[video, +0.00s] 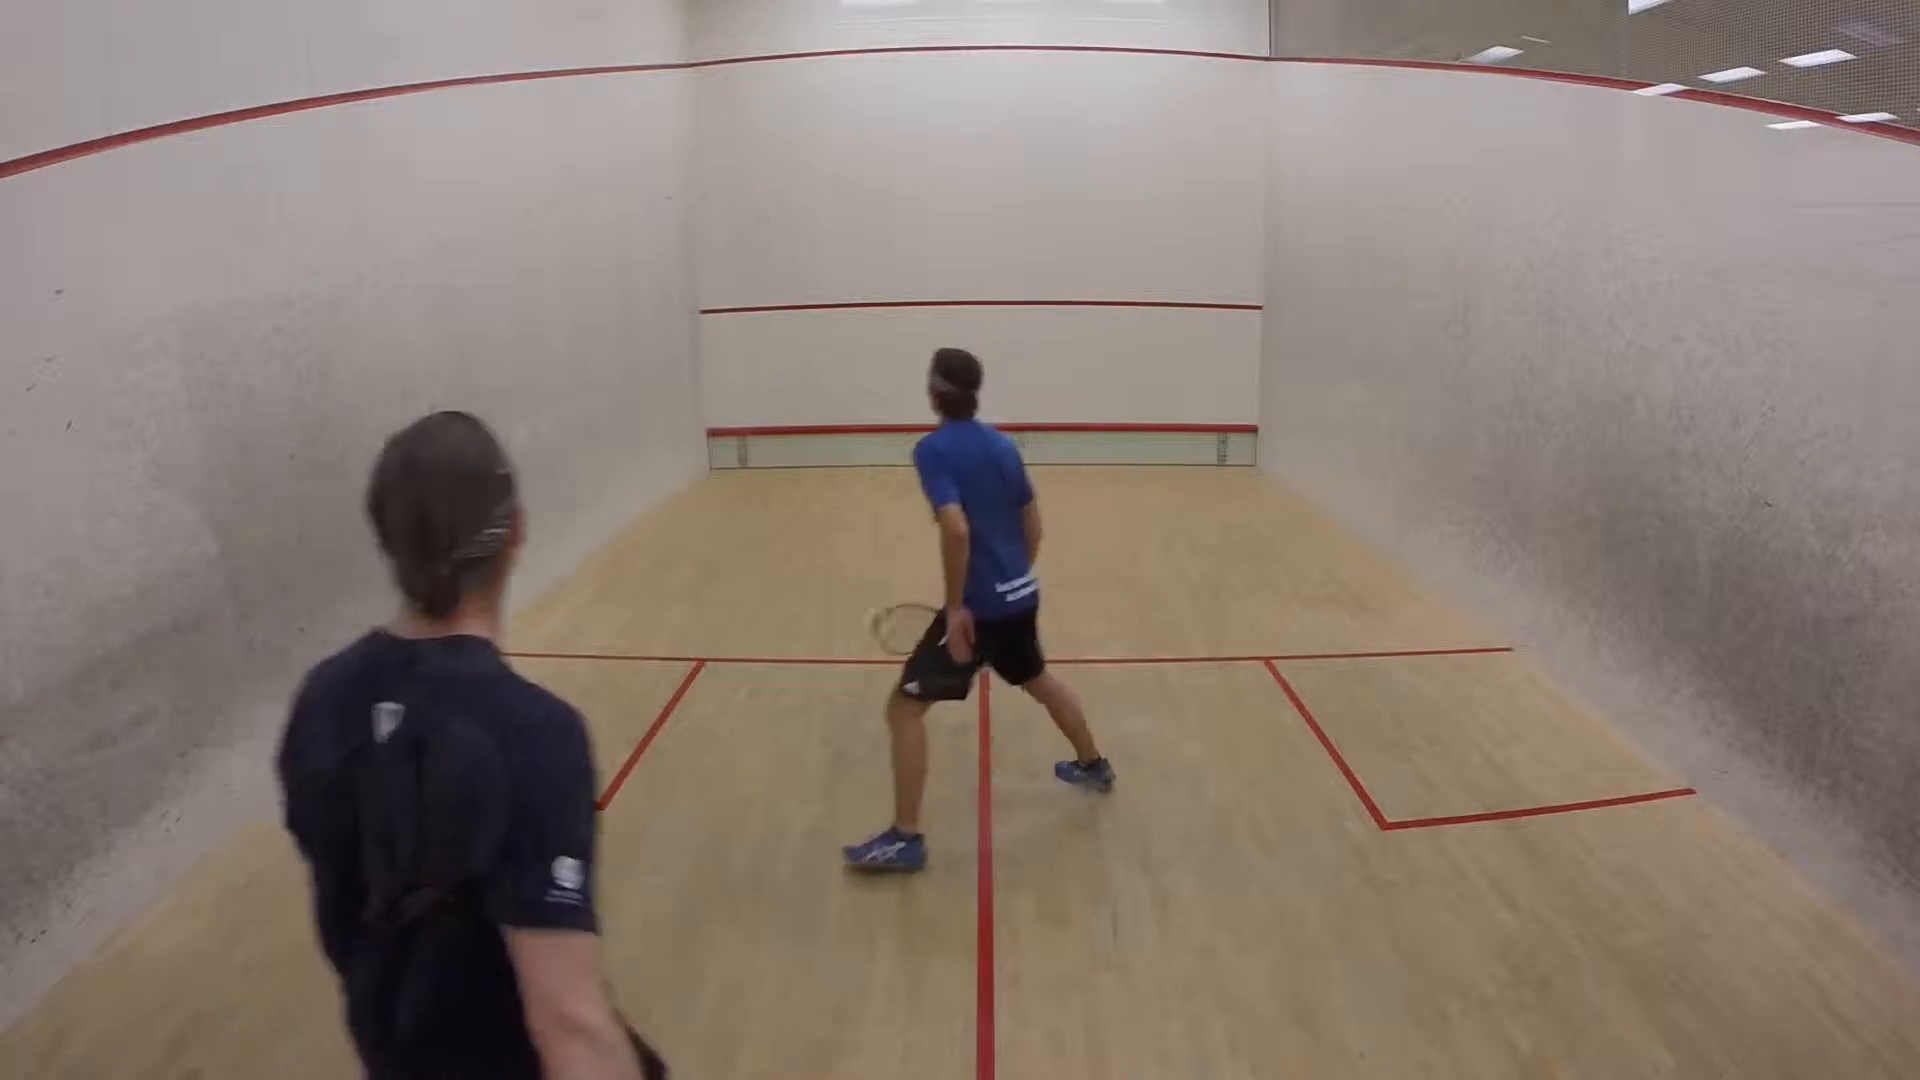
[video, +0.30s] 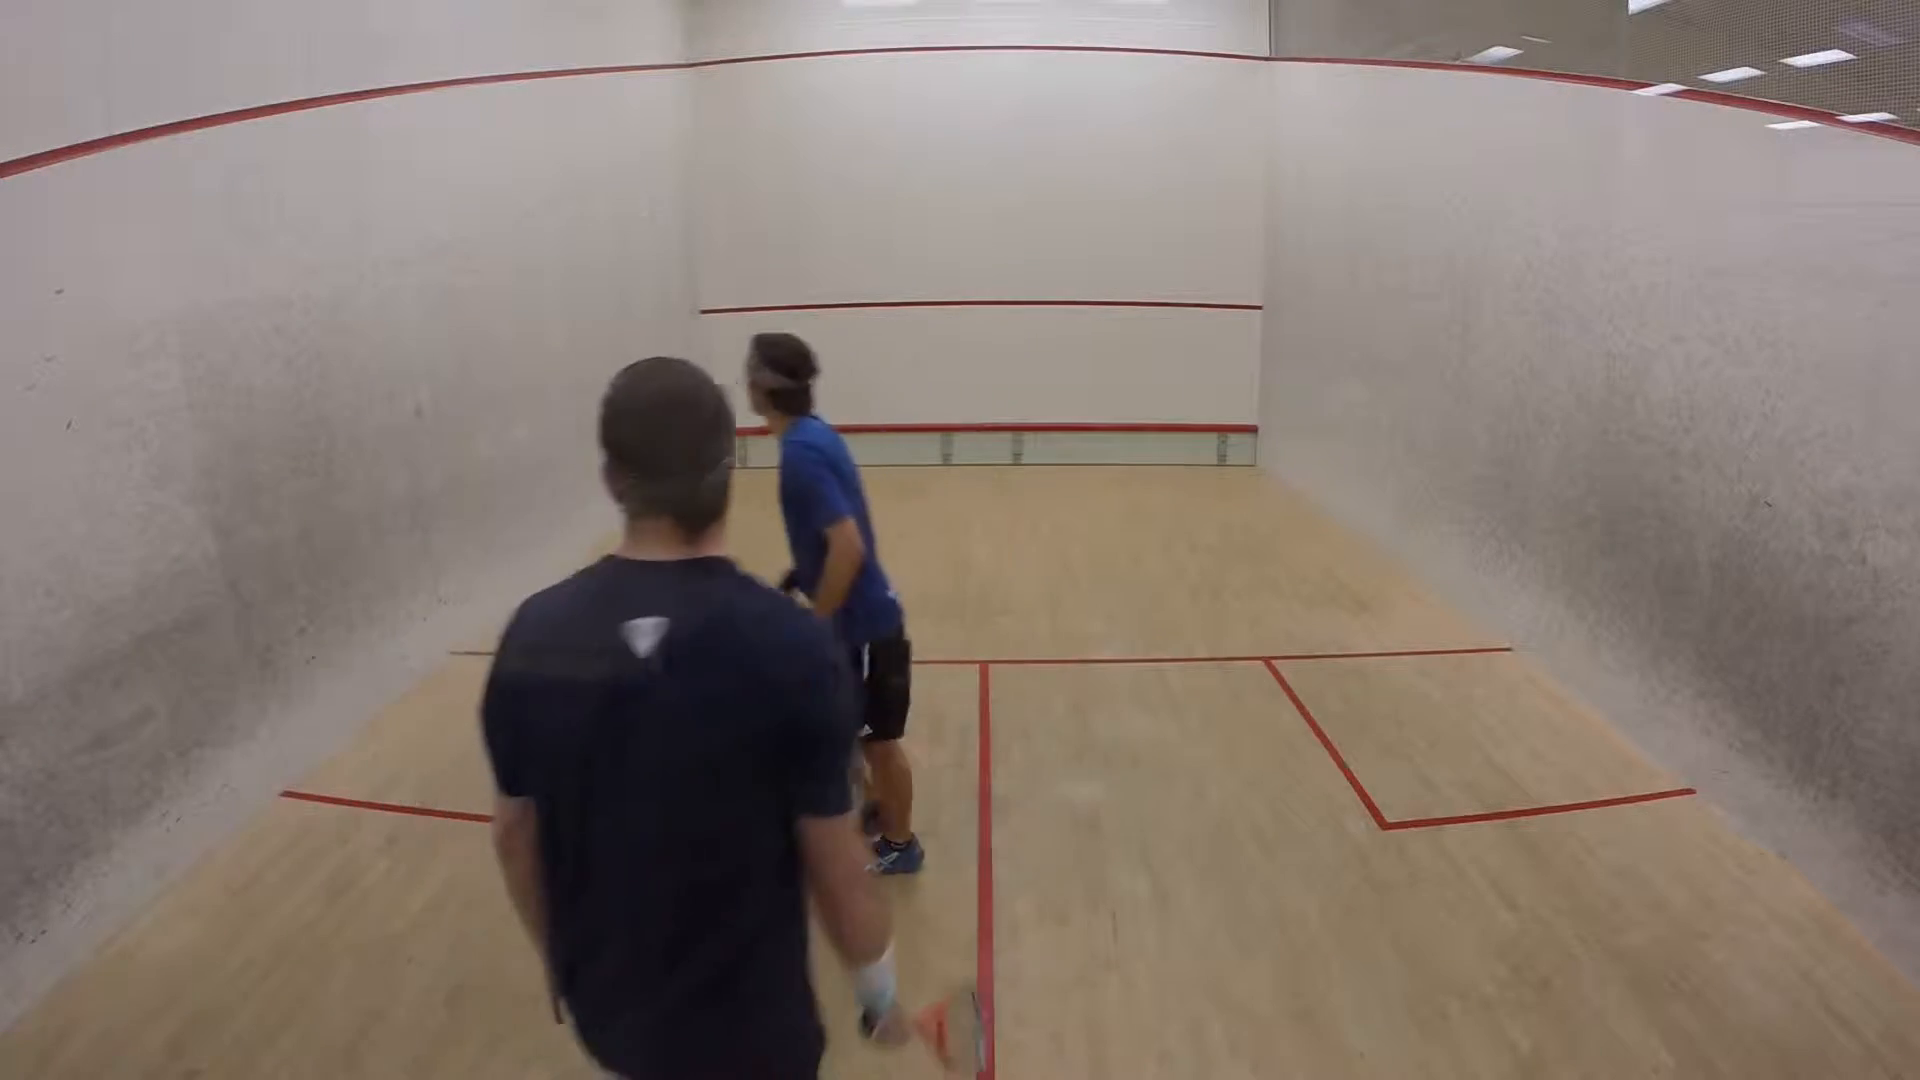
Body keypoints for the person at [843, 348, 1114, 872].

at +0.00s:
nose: (927, 391)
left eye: (930, 384)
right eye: (934, 383)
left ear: (936, 393)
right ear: (976, 393)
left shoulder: (933, 449)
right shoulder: (1001, 444)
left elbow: (956, 528)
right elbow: (1032, 526)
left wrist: (956, 607)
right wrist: (1016, 580)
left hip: (973, 609)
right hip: (1020, 600)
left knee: (904, 707)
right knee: (1038, 679)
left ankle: (906, 834)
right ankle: (1092, 763)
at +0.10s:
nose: (871, 392)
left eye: (875, 384)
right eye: (876, 383)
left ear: (881, 396)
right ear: (921, 398)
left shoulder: (893, 458)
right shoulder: (937, 447)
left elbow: (926, 542)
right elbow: (974, 533)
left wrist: (910, 617)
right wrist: (951, 581)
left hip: (930, 623)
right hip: (966, 610)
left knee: (866, 728)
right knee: (987, 683)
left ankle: (899, 844)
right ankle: (1063, 747)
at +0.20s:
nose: (809, 387)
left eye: (812, 379)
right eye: (813, 377)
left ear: (820, 390)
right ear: (860, 389)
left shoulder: (853, 457)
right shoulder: (875, 442)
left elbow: (892, 546)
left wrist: (867, 636)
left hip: (899, 621)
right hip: (918, 611)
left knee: (860, 730)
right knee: (901, 704)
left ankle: (899, 844)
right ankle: (990, 753)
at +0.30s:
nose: (746, 385)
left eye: (750, 376)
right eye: (748, 375)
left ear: (761, 386)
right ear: (803, 384)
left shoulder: (803, 454)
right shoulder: (815, 439)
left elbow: (847, 547)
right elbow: (831, 532)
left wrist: (816, 619)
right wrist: (794, 581)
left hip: (865, 627)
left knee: (879, 740)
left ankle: (899, 841)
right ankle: (880, 815)